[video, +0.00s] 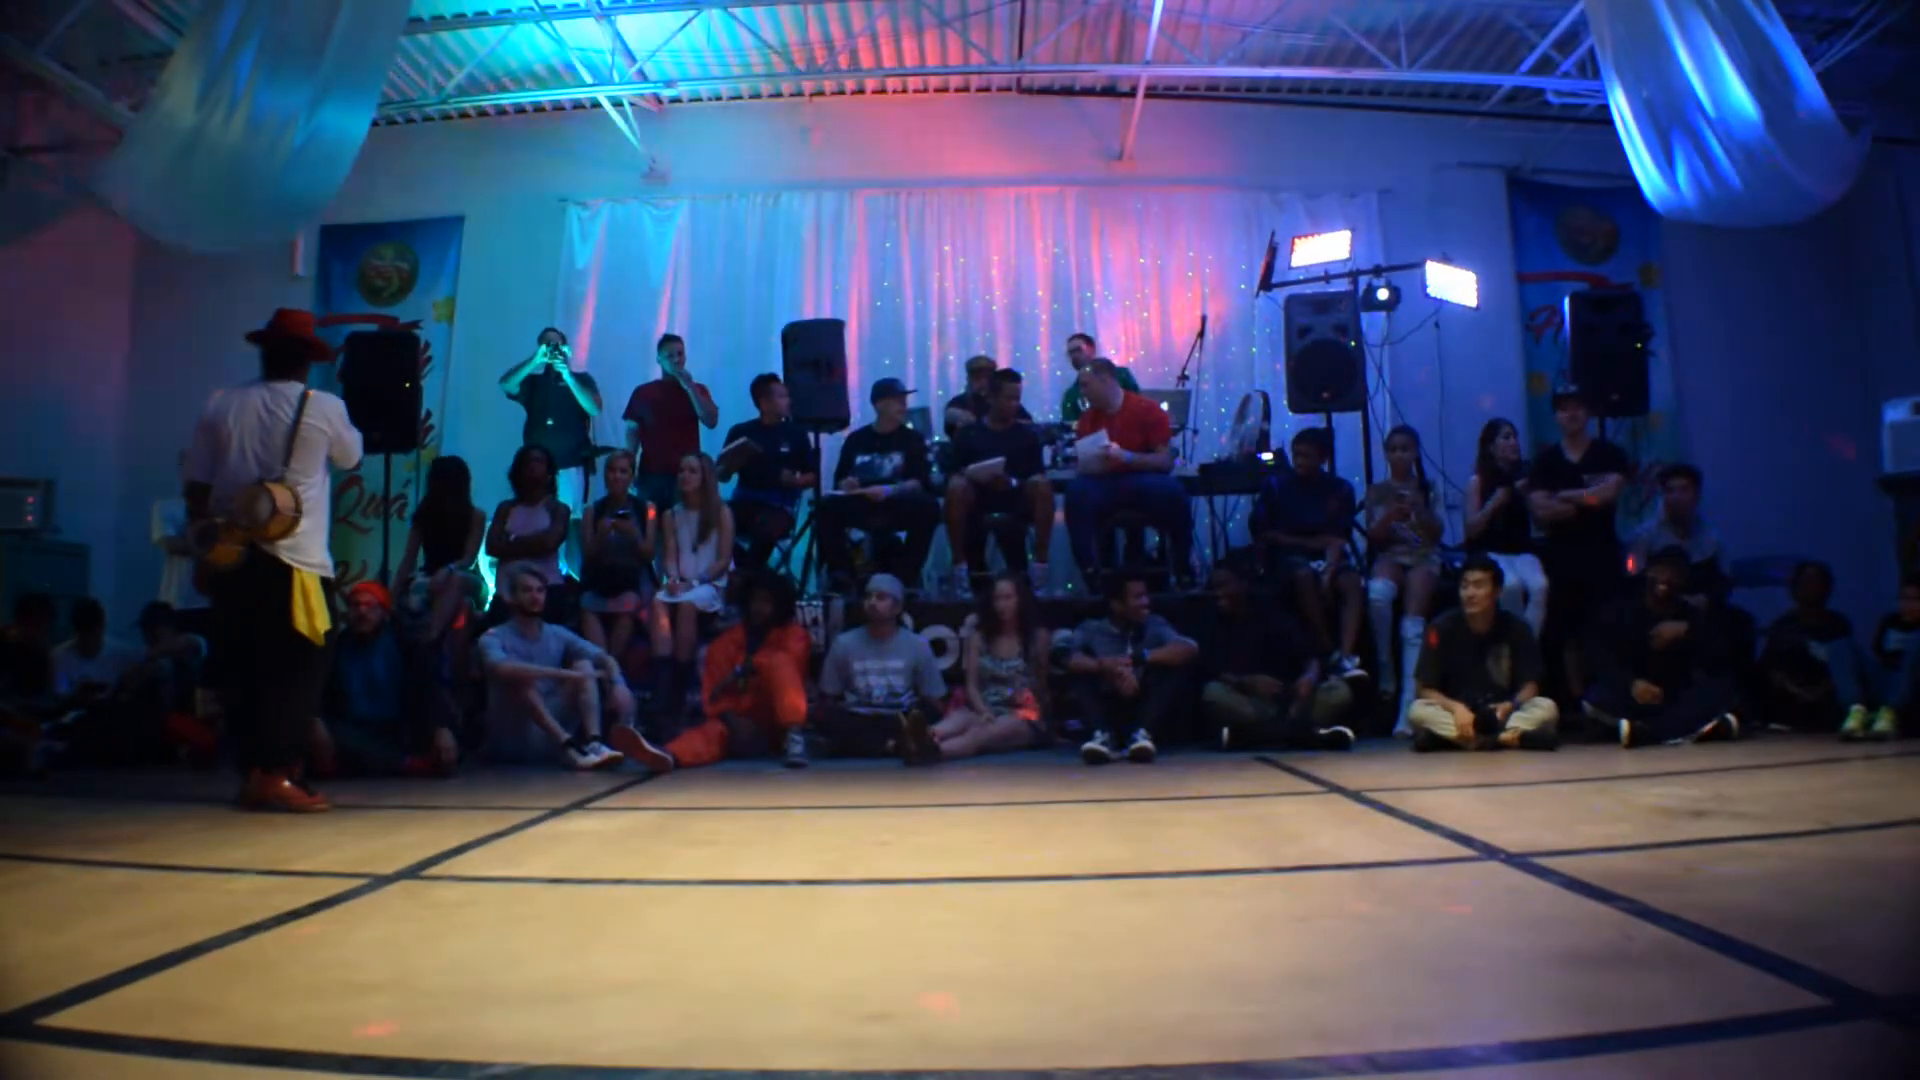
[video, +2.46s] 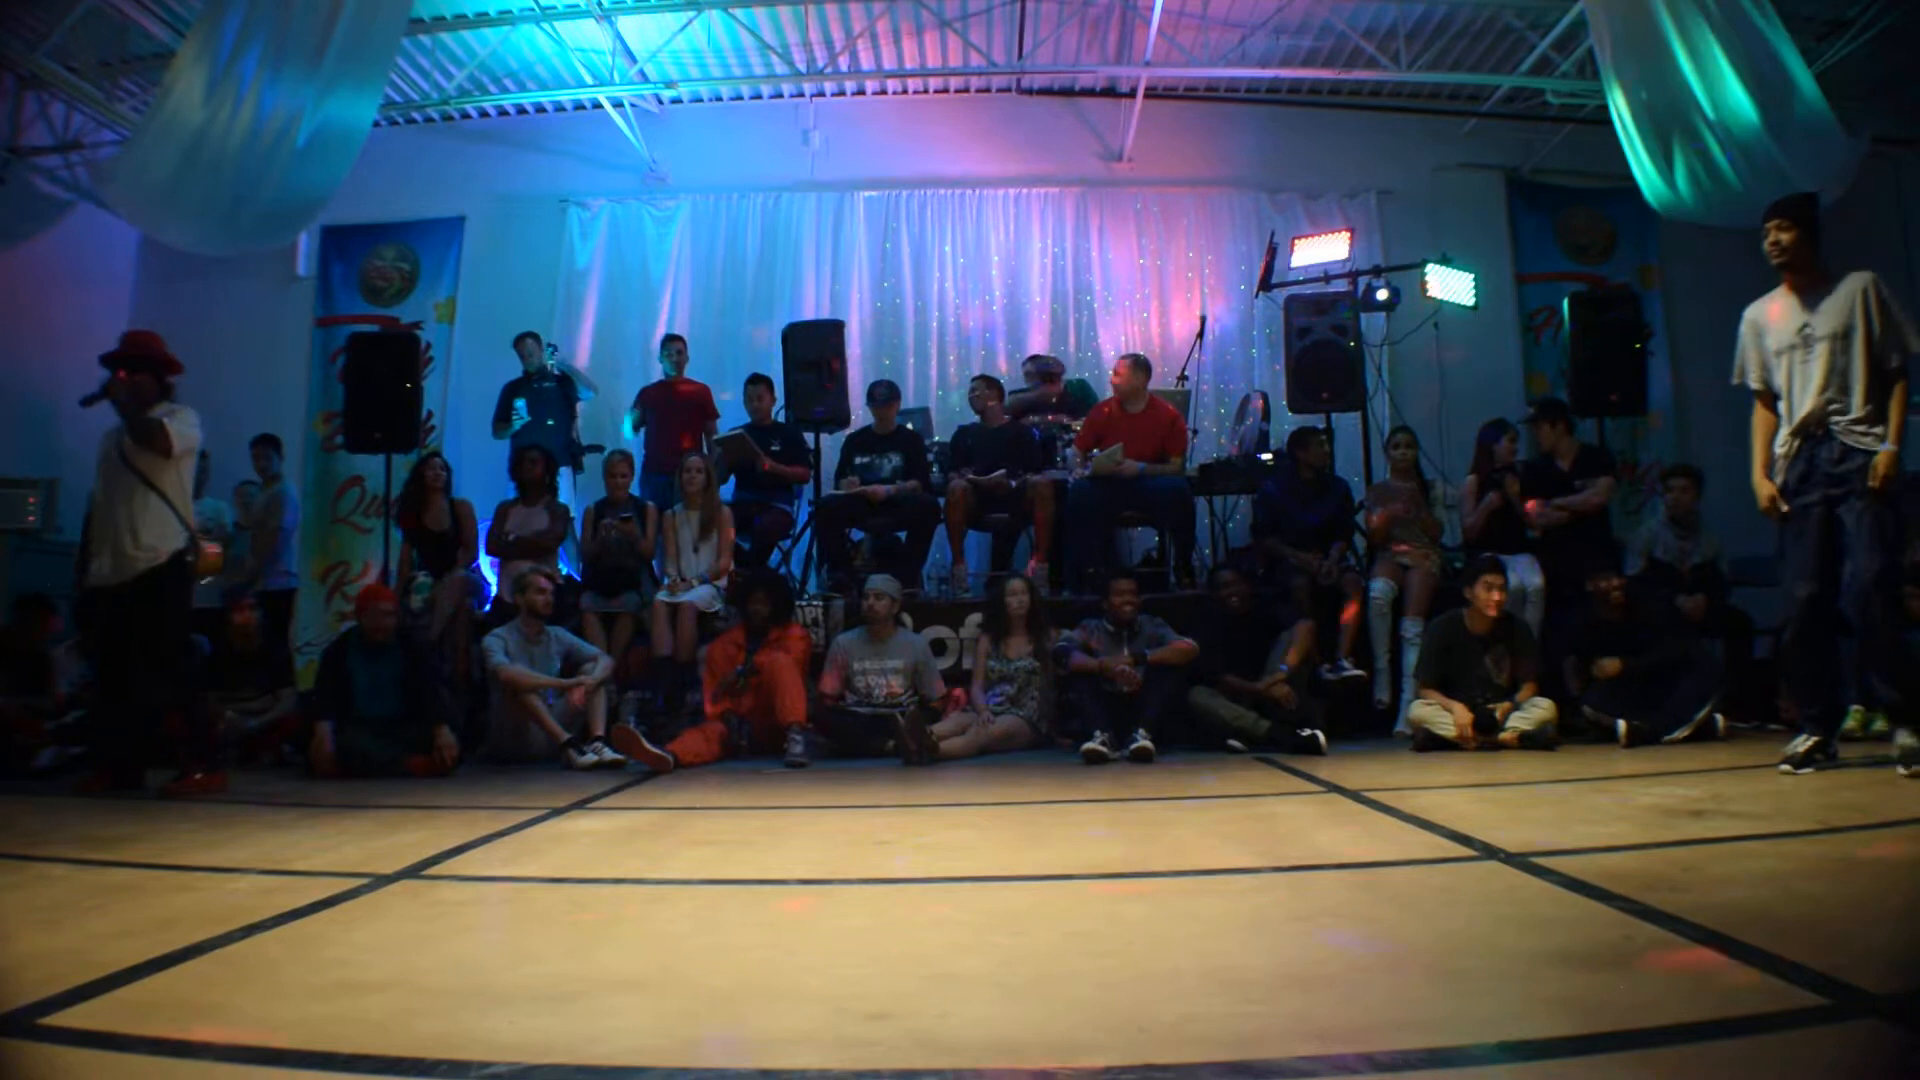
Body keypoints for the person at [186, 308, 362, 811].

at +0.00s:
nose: (311, 365)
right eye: (311, 359)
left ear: (263, 357)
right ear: (308, 361)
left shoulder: (223, 406)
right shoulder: (323, 408)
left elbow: (196, 482)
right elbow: (350, 458)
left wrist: (202, 535)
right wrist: (320, 416)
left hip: (234, 563)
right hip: (297, 568)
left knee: (244, 669)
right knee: (296, 673)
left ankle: (255, 775)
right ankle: (277, 776)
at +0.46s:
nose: (240, 368)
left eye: (239, 362)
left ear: (236, 365)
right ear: (286, 367)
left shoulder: (214, 412)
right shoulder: (313, 417)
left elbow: (182, 493)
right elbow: (325, 485)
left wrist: (173, 562)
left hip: (228, 564)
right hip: (289, 566)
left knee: (235, 670)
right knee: (287, 667)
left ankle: (256, 773)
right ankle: (293, 769)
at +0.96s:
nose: (236, 382)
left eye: (239, 376)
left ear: (242, 378)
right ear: (289, 381)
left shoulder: (227, 417)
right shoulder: (315, 430)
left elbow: (197, 486)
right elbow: (341, 497)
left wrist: (187, 556)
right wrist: (300, 516)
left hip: (232, 563)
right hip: (289, 566)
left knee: (233, 660)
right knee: (281, 660)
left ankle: (250, 758)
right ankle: (273, 763)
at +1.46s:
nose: (204, 389)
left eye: (209, 380)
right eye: (204, 380)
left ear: (228, 380)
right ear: (251, 381)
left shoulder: (233, 418)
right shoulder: (271, 428)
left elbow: (207, 485)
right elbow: (270, 498)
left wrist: (178, 498)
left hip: (221, 564)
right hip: (259, 563)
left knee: (205, 667)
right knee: (265, 667)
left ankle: (207, 766)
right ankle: (272, 767)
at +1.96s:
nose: (172, 386)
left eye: (180, 377)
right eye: (171, 378)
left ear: (205, 379)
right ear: (180, 383)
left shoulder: (227, 422)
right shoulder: (190, 428)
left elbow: (185, 464)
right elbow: (181, 513)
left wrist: (162, 416)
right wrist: (155, 564)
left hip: (209, 567)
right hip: (176, 571)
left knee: (196, 670)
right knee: (160, 669)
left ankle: (203, 764)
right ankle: (166, 763)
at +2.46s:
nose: (116, 382)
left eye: (125, 374)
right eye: (113, 374)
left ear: (152, 378)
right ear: (117, 384)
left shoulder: (182, 418)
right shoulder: (114, 436)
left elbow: (163, 444)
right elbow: (100, 506)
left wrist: (125, 404)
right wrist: (86, 563)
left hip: (162, 571)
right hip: (113, 577)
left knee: (168, 673)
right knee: (114, 679)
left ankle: (200, 764)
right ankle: (117, 769)